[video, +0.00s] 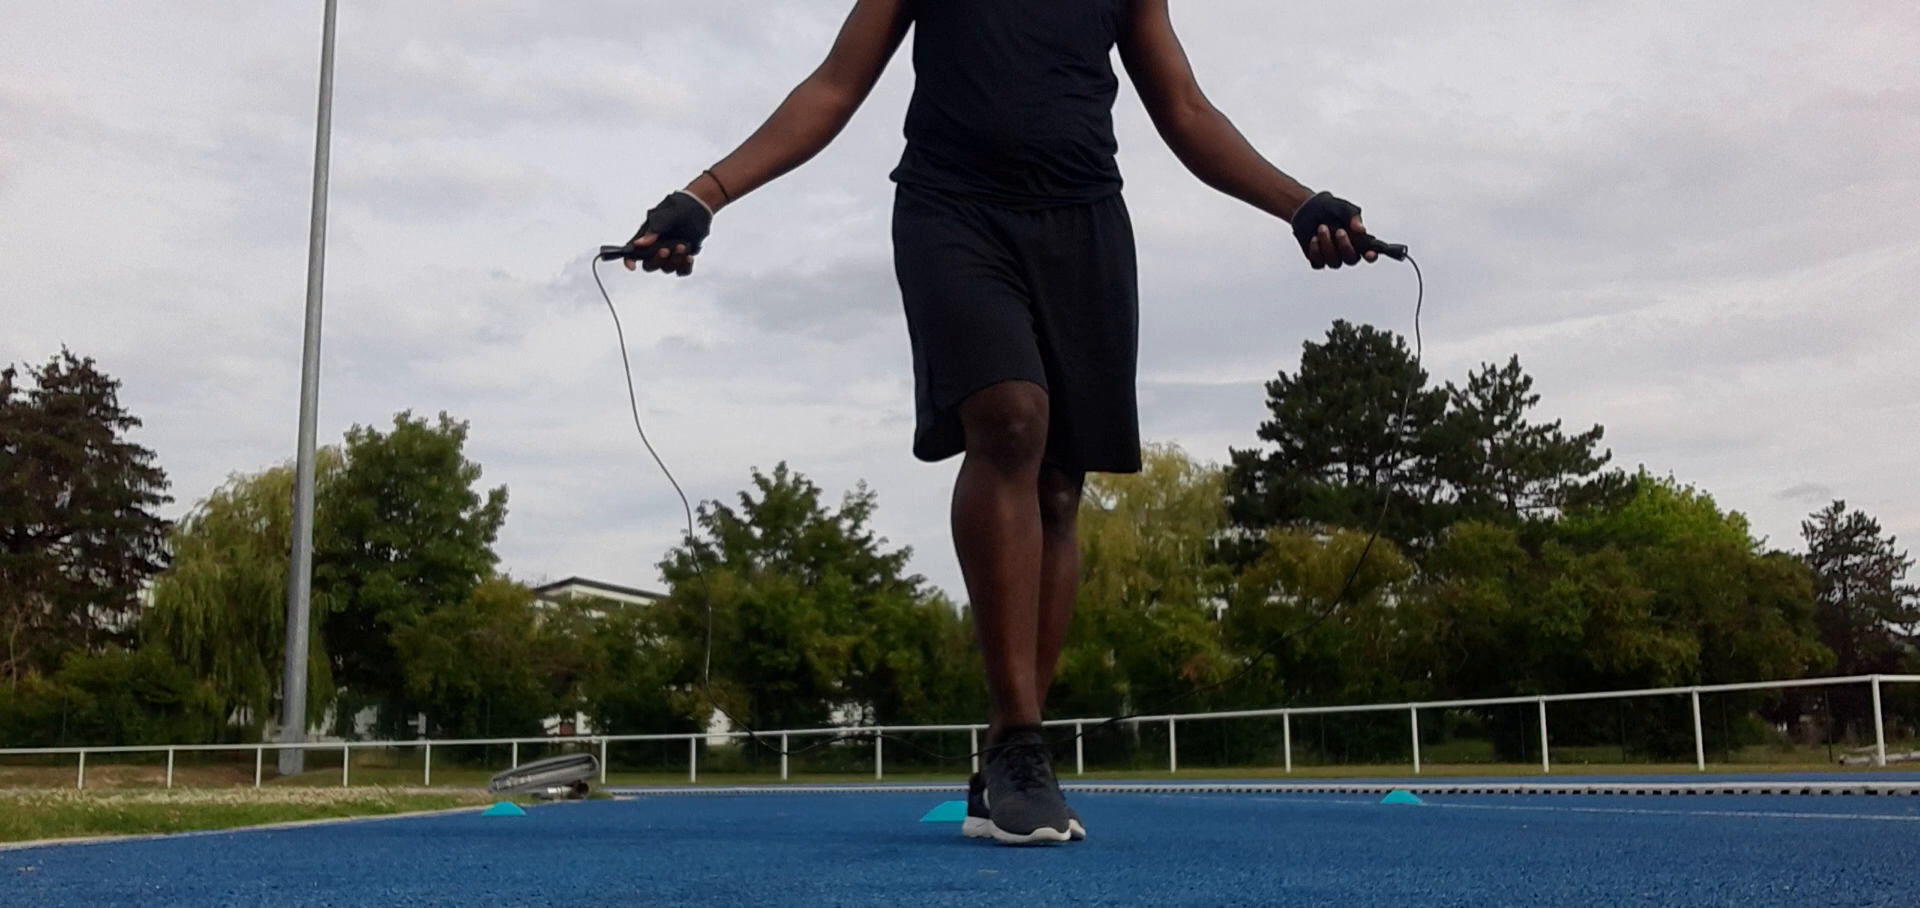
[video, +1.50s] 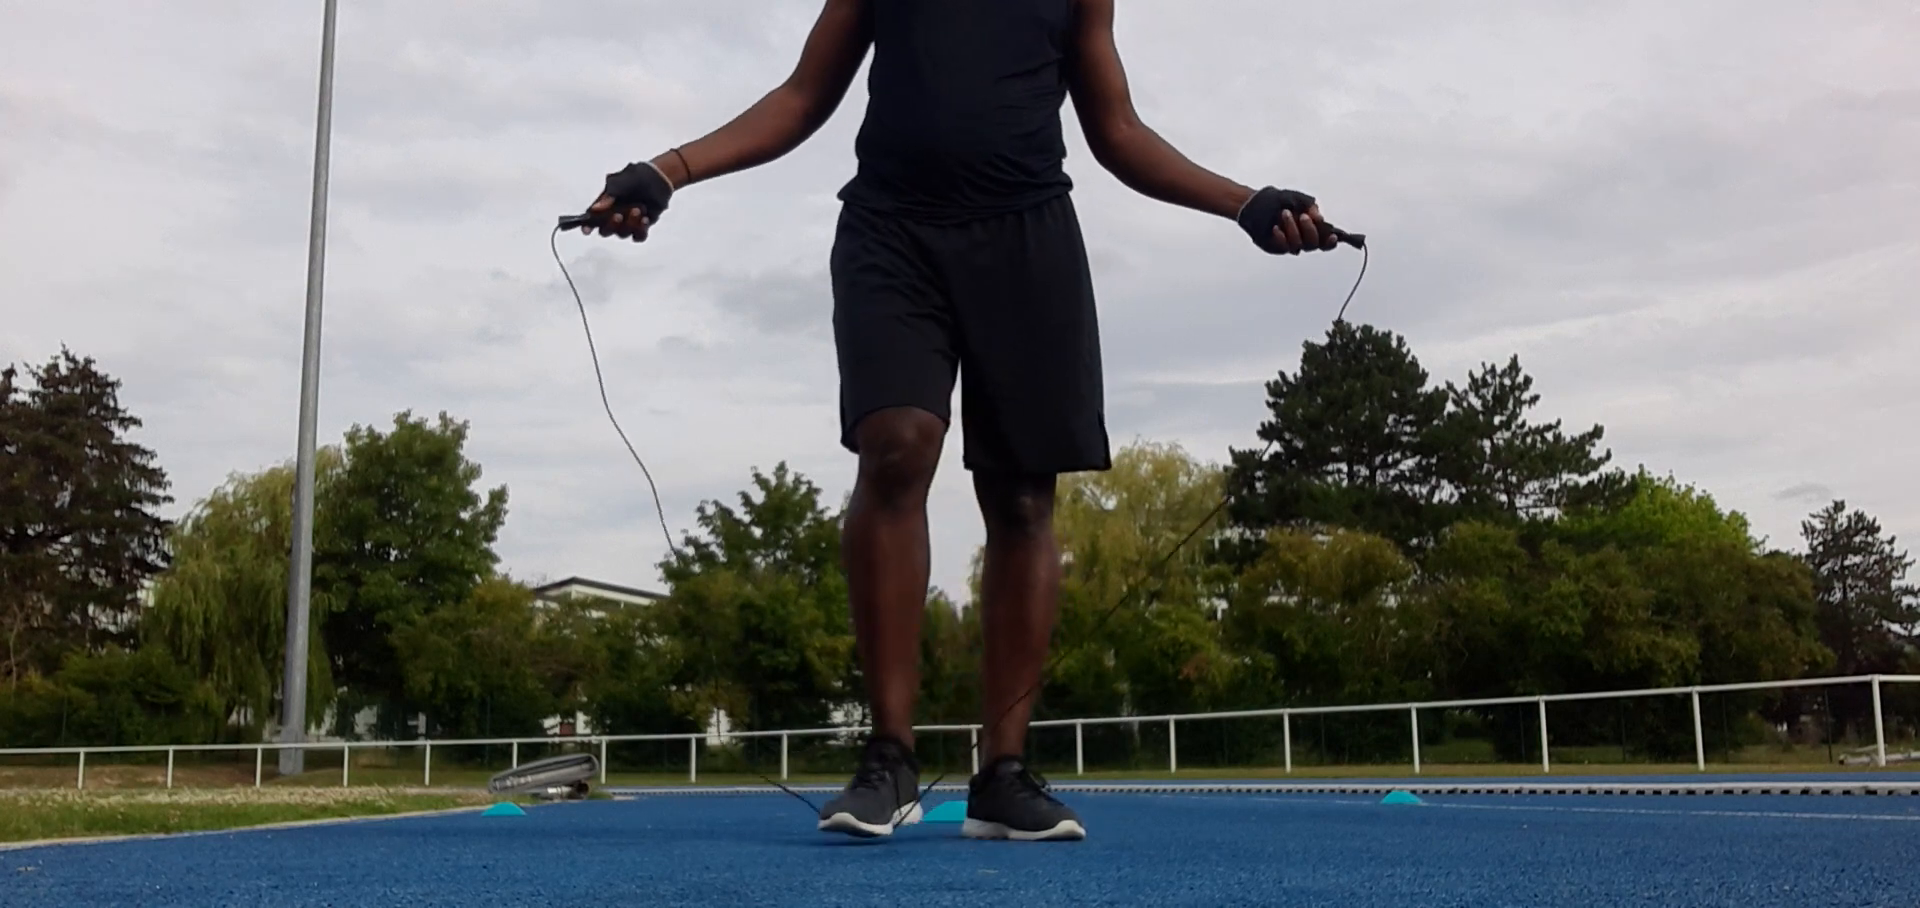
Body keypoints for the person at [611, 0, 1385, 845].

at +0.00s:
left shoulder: (1128, 1)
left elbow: (1186, 111)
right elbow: (834, 86)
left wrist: (1300, 203)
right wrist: (704, 192)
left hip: (1082, 216)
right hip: (952, 210)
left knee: (1057, 490)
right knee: (1012, 417)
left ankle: (1012, 758)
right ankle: (1020, 746)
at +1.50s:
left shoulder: (1077, 12)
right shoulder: (871, 8)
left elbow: (1119, 134)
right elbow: (802, 98)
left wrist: (1248, 202)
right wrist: (667, 169)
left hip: (1026, 234)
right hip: (891, 229)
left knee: (1021, 500)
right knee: (896, 455)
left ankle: (1003, 774)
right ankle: (888, 759)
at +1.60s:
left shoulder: (1060, 4)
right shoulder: (857, 3)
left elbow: (1108, 121)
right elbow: (790, 97)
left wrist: (1241, 206)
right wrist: (658, 183)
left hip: (1019, 232)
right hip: (881, 230)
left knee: (1016, 498)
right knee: (884, 470)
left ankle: (1003, 774)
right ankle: (875, 773)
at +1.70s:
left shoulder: (1041, 2)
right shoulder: (837, 1)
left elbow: (1091, 112)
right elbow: (774, 95)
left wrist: (1228, 208)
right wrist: (648, 197)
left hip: (1007, 224)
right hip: (870, 223)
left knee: (1007, 495)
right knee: (873, 475)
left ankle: (1002, 773)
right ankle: (874, 773)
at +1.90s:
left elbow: (1061, 99)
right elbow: (747, 102)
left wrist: (1194, 215)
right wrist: (626, 216)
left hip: (985, 219)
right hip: (845, 221)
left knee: (997, 486)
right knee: (851, 485)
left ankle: (1004, 759)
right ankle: (873, 776)